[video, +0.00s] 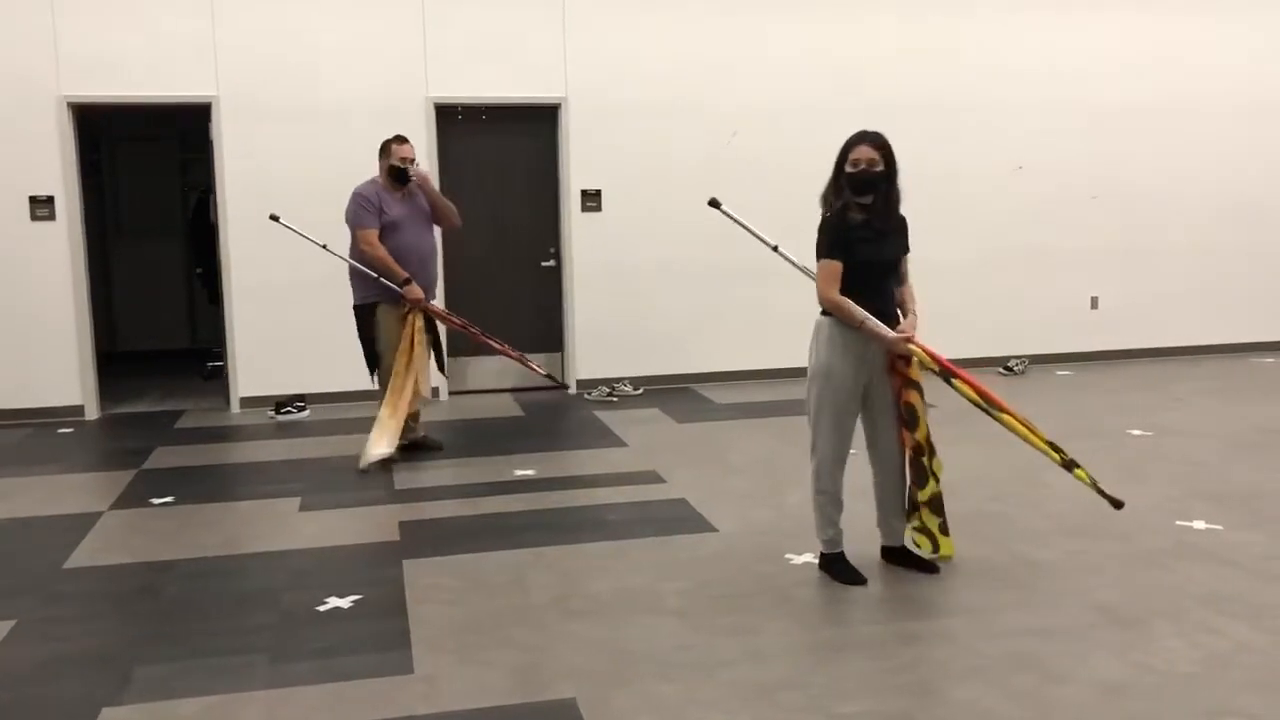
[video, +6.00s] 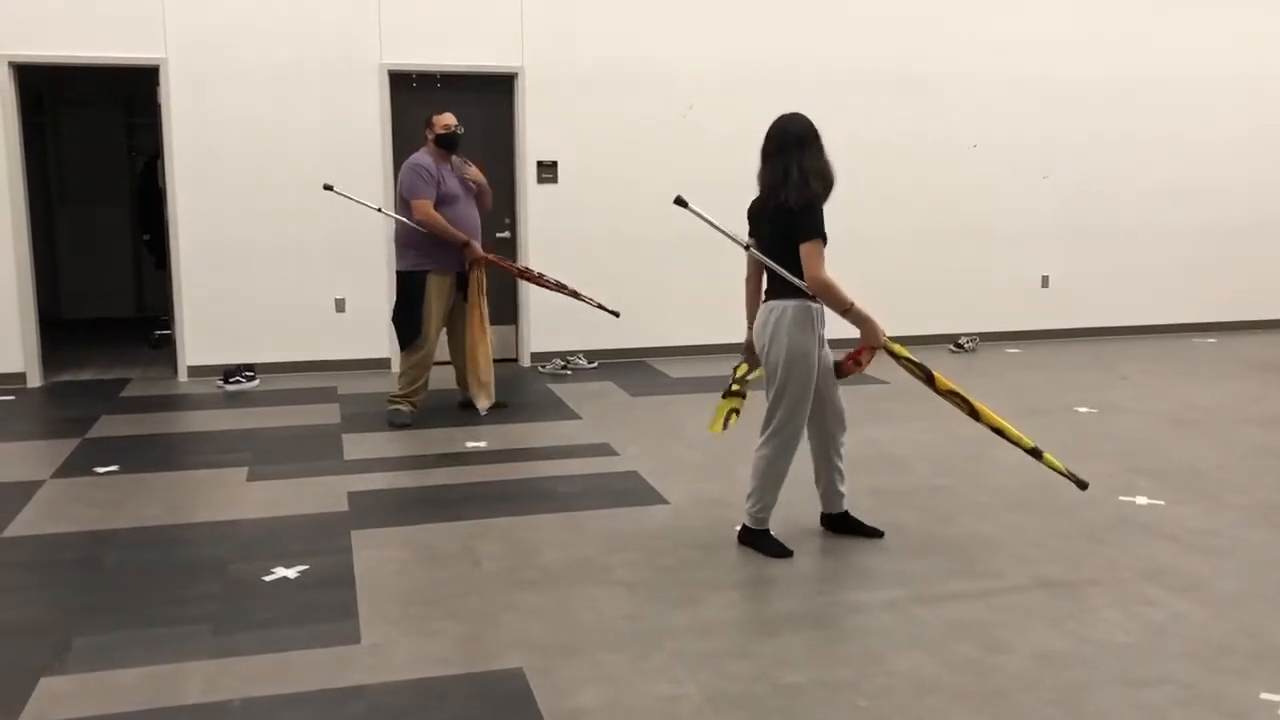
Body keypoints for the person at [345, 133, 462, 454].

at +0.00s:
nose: (408, 168)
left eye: (411, 162)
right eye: (401, 162)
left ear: (415, 164)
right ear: (383, 162)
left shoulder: (420, 193)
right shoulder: (366, 195)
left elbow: (452, 222)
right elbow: (367, 247)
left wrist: (430, 190)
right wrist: (406, 281)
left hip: (416, 295)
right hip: (379, 298)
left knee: (415, 365)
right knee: (391, 367)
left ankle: (410, 431)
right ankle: (391, 437)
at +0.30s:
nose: (420, 172)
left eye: (424, 167)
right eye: (413, 167)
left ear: (428, 168)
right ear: (397, 167)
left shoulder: (431, 198)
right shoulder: (379, 201)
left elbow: (464, 226)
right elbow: (381, 250)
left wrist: (438, 191)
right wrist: (422, 283)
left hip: (436, 301)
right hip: (396, 306)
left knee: (457, 359)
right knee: (402, 380)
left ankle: (451, 427)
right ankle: (391, 444)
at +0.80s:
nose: (466, 181)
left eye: (470, 176)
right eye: (461, 176)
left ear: (475, 175)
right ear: (447, 173)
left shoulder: (480, 201)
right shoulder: (429, 203)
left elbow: (511, 228)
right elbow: (429, 250)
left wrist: (487, 196)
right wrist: (465, 281)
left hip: (483, 299)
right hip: (446, 301)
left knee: (481, 367)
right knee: (437, 370)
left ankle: (475, 429)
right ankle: (417, 440)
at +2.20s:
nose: (479, 133)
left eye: (480, 128)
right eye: (472, 128)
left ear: (479, 133)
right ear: (454, 132)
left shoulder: (475, 162)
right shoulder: (436, 165)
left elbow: (483, 206)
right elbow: (436, 216)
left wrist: (497, 236)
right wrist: (477, 246)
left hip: (479, 264)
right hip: (444, 267)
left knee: (479, 333)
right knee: (437, 338)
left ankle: (479, 393)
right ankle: (409, 401)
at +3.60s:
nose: (435, 108)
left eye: (437, 105)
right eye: (426, 106)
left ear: (441, 117)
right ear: (411, 119)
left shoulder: (445, 149)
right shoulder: (400, 152)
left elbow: (449, 197)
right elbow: (397, 203)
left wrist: (458, 239)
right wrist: (440, 233)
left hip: (447, 251)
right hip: (411, 255)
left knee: (454, 321)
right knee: (406, 327)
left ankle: (459, 382)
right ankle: (388, 392)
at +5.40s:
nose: (441, 118)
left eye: (444, 114)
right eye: (433, 115)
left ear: (449, 122)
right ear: (419, 126)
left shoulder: (453, 155)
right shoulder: (412, 157)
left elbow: (471, 194)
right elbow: (422, 208)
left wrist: (479, 193)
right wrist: (468, 232)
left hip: (456, 255)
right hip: (419, 258)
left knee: (460, 324)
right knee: (415, 331)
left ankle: (468, 383)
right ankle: (398, 394)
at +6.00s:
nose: (452, 133)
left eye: (455, 129)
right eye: (445, 129)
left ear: (460, 133)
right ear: (430, 134)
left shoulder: (461, 165)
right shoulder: (418, 166)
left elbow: (485, 207)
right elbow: (423, 214)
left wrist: (482, 183)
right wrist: (465, 242)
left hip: (463, 265)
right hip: (426, 268)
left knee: (469, 334)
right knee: (421, 340)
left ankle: (474, 395)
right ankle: (403, 403)